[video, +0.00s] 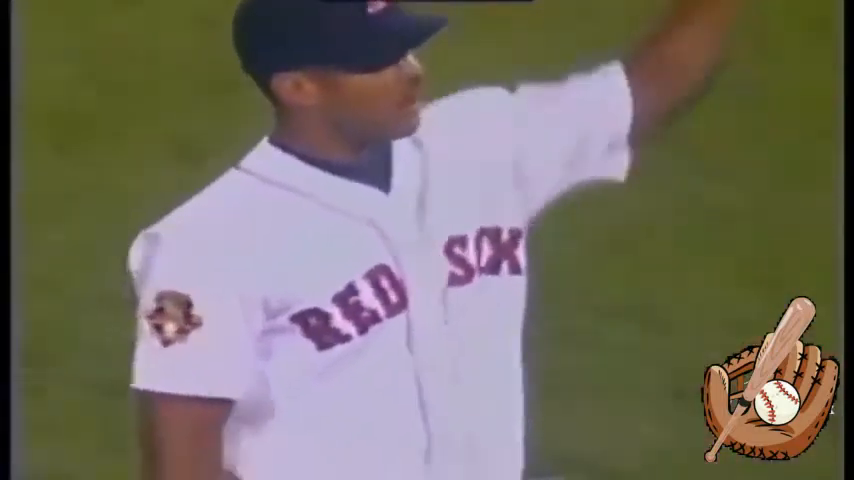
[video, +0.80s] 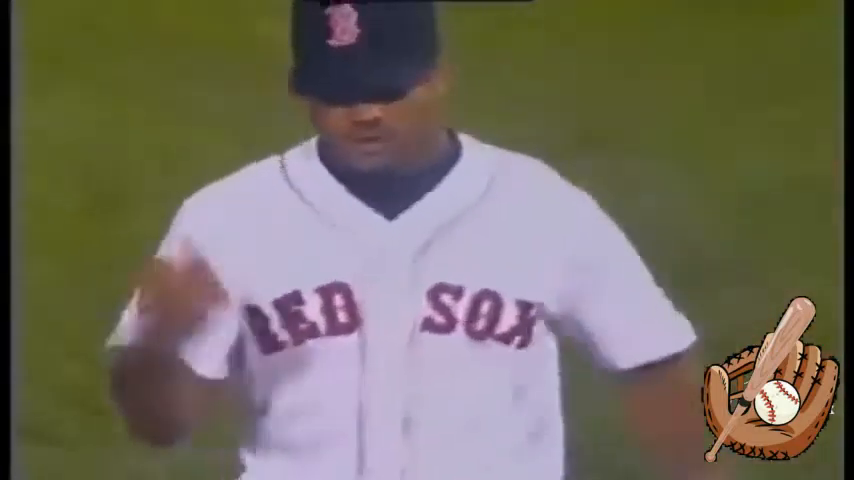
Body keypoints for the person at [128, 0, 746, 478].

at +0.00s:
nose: (414, 68)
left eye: (407, 47)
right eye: (382, 58)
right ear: (298, 88)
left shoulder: (486, 141)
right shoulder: (205, 244)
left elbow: (649, 86)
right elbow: (183, 460)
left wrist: (724, 0)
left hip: (494, 462)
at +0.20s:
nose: (487, 57)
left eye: (478, 35)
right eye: (454, 47)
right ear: (369, 76)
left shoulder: (547, 108)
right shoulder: (284, 242)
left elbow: (669, 6)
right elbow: (284, 446)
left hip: (541, 462)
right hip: (404, 464)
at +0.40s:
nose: (507, 95)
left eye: (508, 69)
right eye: (471, 82)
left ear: (522, 56)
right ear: (395, 93)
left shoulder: (601, 143)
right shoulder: (321, 249)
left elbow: (761, 61)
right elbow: (324, 442)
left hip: (605, 465)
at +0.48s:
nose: (480, 100)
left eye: (494, 74)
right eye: (446, 83)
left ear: (513, 64)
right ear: (379, 83)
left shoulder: (596, 147)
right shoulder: (313, 239)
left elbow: (768, 129)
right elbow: (300, 433)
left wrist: (767, 17)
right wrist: (457, 463)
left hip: (609, 471)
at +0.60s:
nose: (432, 100)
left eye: (450, 74)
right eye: (403, 80)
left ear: (479, 59)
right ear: (354, 77)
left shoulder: (586, 168)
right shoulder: (277, 228)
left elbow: (731, 222)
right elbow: (241, 418)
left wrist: (802, 212)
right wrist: (356, 405)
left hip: (575, 468)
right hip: (396, 473)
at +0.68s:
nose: (404, 103)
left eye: (427, 76)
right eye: (375, 82)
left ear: (466, 61)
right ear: (332, 80)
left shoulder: (585, 189)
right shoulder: (251, 219)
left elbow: (711, 300)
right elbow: (197, 417)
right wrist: (278, 374)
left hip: (544, 469)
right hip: (344, 470)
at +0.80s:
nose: (365, 116)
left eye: (388, 90)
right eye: (336, 94)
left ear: (440, 77)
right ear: (303, 89)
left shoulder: (548, 211)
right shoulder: (223, 220)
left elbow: (664, 376)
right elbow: (157, 428)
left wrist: (692, 468)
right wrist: (159, 338)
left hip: (495, 469)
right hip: (296, 470)